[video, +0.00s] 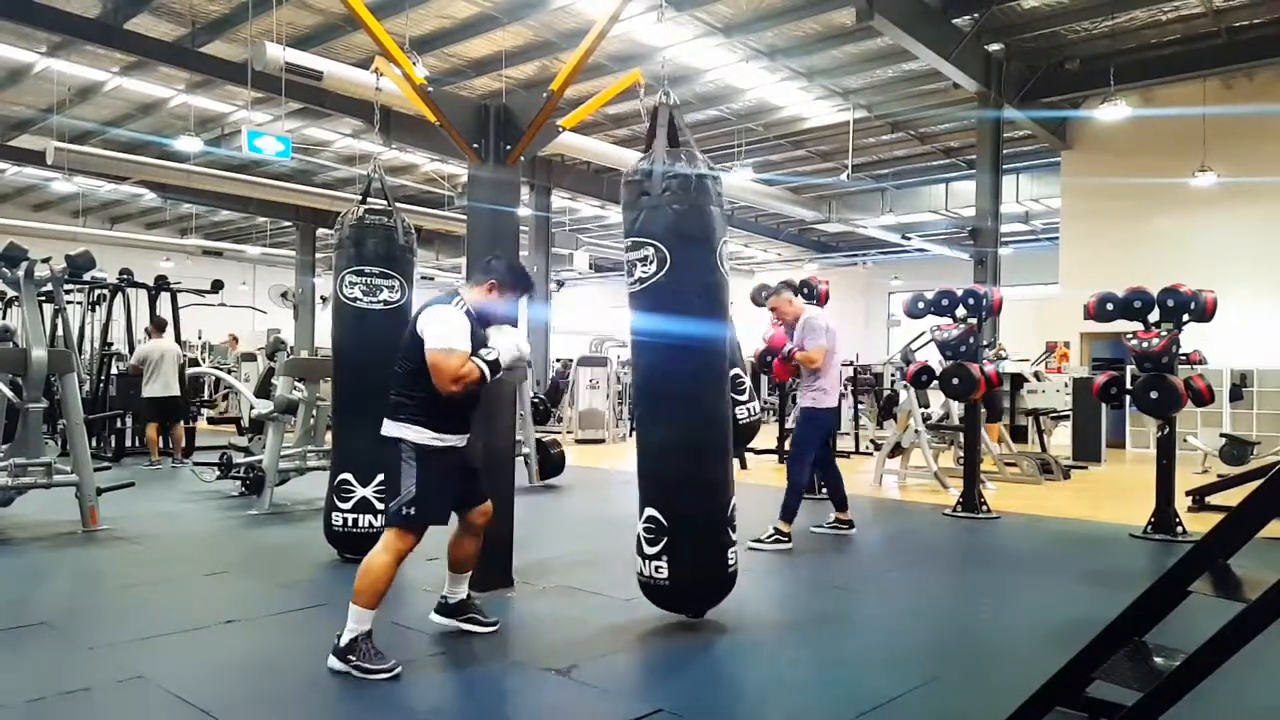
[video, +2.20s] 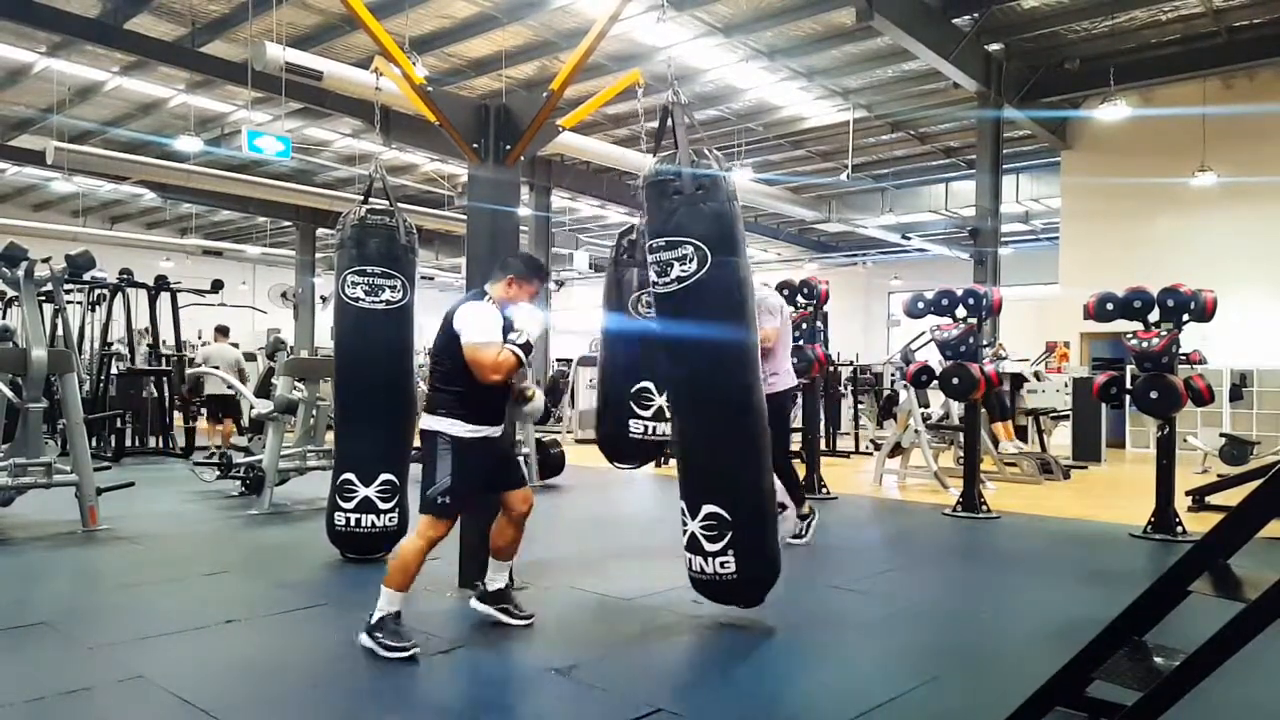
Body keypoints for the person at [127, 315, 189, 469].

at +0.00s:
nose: (149, 329)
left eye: (150, 327)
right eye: (151, 327)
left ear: (151, 329)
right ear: (165, 330)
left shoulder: (144, 348)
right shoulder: (175, 347)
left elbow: (132, 369)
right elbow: (180, 364)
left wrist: (148, 370)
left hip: (151, 393)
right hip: (173, 392)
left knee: (152, 424)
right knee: (176, 424)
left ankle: (154, 459)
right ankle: (177, 457)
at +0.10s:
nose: (150, 330)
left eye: (151, 328)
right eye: (152, 328)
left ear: (152, 329)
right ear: (166, 330)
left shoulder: (145, 348)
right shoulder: (175, 347)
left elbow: (132, 368)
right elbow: (180, 365)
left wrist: (148, 370)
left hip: (151, 392)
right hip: (173, 391)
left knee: (152, 424)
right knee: (176, 424)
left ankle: (154, 459)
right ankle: (177, 457)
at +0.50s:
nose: (165, 332)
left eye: (165, 329)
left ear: (164, 330)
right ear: (178, 331)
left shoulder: (153, 347)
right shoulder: (184, 348)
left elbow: (143, 363)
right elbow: (192, 364)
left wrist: (155, 367)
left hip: (159, 392)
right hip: (180, 391)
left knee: (155, 424)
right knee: (178, 424)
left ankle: (155, 458)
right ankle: (177, 457)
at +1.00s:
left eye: (183, 331)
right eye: (197, 334)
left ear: (183, 331)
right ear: (197, 334)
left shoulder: (169, 348)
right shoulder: (201, 351)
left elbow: (161, 366)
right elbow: (208, 372)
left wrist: (169, 374)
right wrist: (206, 387)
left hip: (173, 391)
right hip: (192, 391)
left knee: (175, 423)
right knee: (187, 424)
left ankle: (178, 454)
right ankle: (178, 456)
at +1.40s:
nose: (191, 335)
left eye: (188, 332)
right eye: (199, 332)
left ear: (187, 333)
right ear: (201, 333)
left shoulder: (178, 351)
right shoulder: (208, 349)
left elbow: (171, 370)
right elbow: (216, 367)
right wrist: (211, 381)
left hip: (187, 392)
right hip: (205, 391)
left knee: (189, 424)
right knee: (206, 423)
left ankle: (193, 451)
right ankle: (189, 445)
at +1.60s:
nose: (199, 335)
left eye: (194, 333)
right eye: (203, 333)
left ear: (191, 333)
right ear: (206, 333)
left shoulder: (182, 352)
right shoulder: (213, 349)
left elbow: (177, 374)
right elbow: (221, 370)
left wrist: (180, 392)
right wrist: (221, 388)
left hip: (190, 393)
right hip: (210, 392)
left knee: (193, 423)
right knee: (216, 423)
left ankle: (195, 452)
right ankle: (212, 448)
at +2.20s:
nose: (214, 337)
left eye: (214, 335)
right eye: (217, 335)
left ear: (215, 335)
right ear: (228, 336)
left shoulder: (206, 350)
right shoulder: (235, 352)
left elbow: (194, 369)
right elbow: (243, 374)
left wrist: (190, 386)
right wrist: (242, 389)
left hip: (211, 393)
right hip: (229, 393)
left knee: (212, 422)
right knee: (228, 422)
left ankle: (212, 447)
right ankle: (225, 449)